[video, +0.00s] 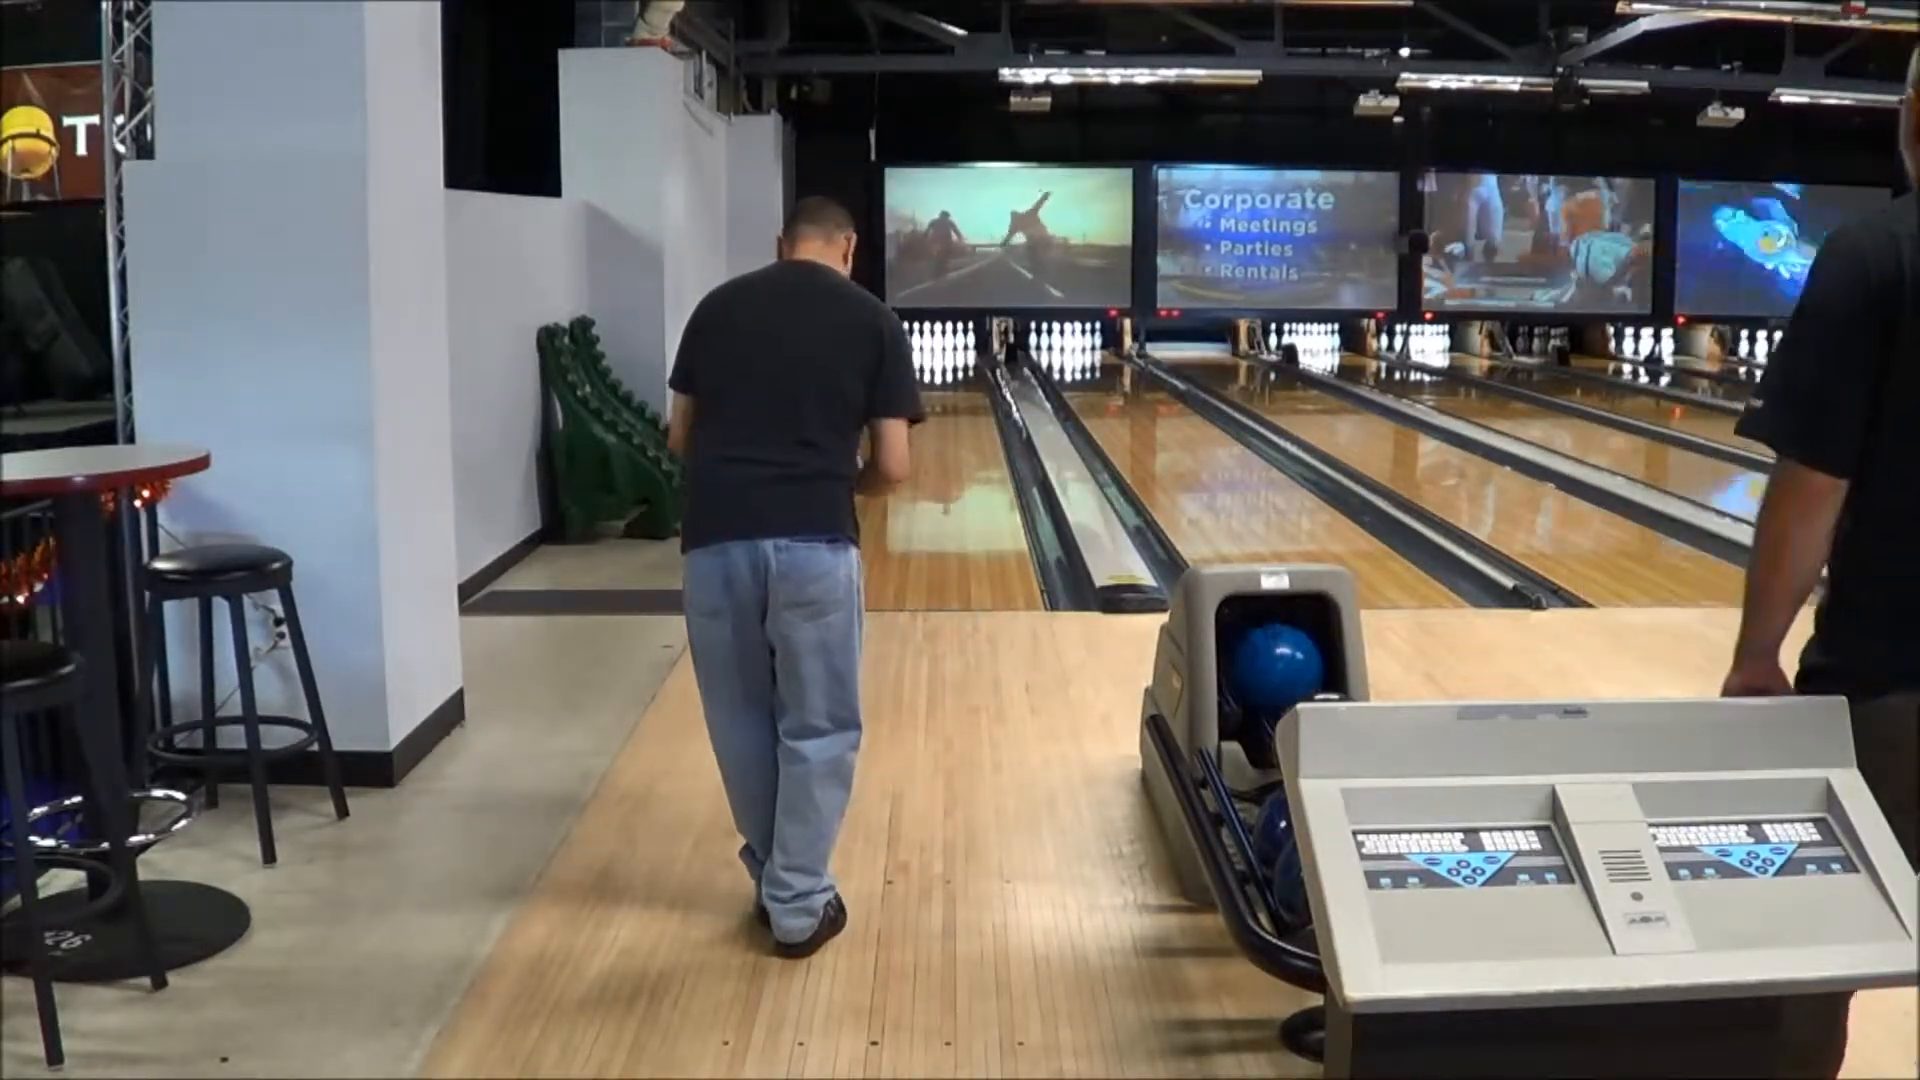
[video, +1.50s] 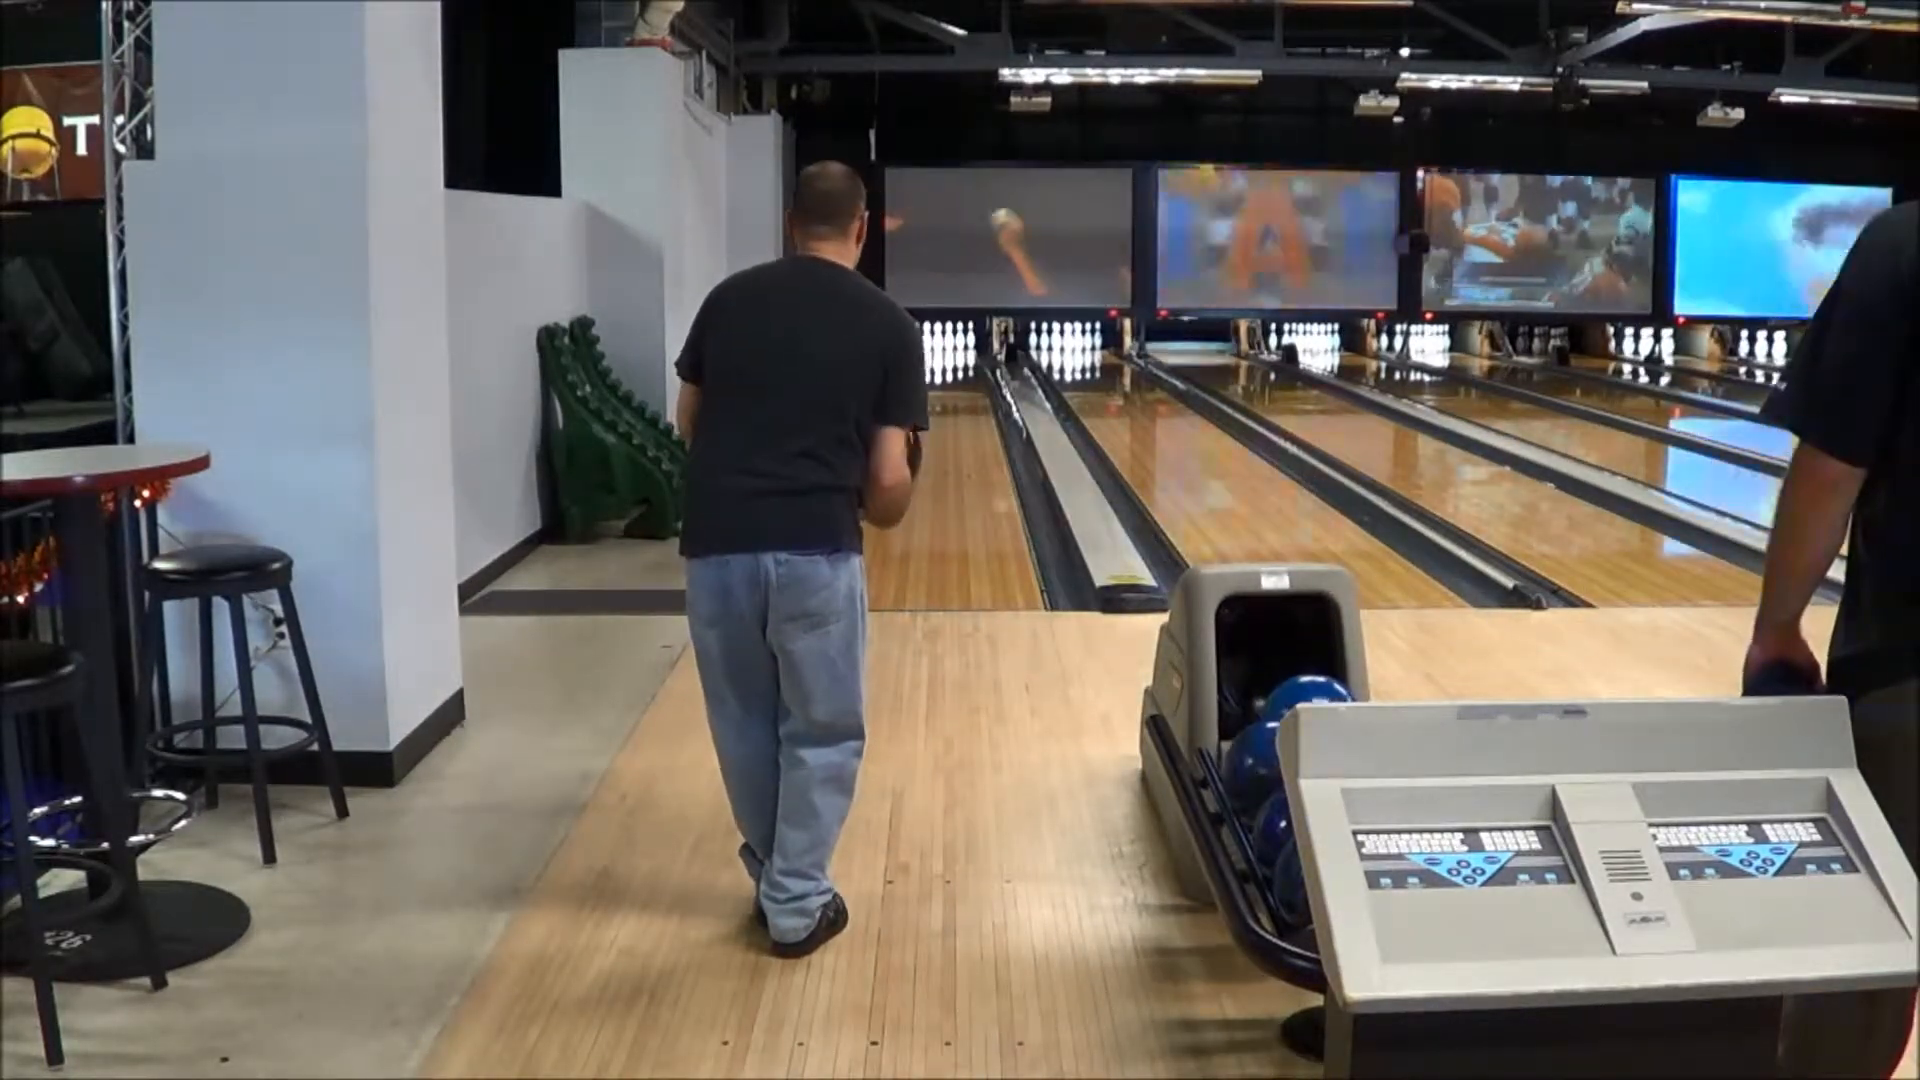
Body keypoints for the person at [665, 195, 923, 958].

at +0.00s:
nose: (847, 261)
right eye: (851, 250)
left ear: (780, 244)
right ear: (849, 249)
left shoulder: (718, 304)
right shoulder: (870, 318)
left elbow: (679, 435)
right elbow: (893, 467)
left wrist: (733, 455)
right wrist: (842, 472)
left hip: (715, 544)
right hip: (814, 542)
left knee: (738, 718)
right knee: (819, 724)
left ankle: (771, 872)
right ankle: (795, 906)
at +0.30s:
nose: (864, 266)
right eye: (866, 254)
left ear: (788, 242)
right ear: (858, 249)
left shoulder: (724, 299)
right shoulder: (872, 325)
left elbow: (692, 422)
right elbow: (884, 482)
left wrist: (738, 457)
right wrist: (880, 502)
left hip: (709, 544)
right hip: (809, 545)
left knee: (738, 721)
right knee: (819, 728)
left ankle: (772, 875)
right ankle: (796, 906)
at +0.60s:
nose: (874, 264)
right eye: (878, 253)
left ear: (802, 242)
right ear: (873, 249)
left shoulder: (736, 298)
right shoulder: (887, 331)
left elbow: (692, 423)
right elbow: (893, 489)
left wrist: (747, 450)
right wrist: (901, 512)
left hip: (712, 544)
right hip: (811, 547)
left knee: (740, 717)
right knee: (823, 731)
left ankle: (770, 868)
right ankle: (794, 906)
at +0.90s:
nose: (878, 257)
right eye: (883, 246)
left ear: (807, 238)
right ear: (881, 244)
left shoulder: (742, 297)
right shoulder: (897, 325)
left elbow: (686, 416)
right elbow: (893, 459)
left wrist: (736, 466)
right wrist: (880, 524)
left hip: (720, 542)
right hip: (821, 545)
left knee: (744, 716)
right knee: (826, 730)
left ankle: (772, 868)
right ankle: (794, 905)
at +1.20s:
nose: (878, 242)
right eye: (882, 231)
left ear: (805, 228)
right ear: (880, 232)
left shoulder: (742, 295)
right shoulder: (896, 324)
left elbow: (685, 416)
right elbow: (890, 465)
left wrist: (738, 461)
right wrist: (881, 526)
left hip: (717, 537)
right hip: (817, 541)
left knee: (744, 714)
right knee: (825, 728)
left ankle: (772, 869)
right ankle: (793, 905)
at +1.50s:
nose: (865, 234)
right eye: (868, 223)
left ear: (789, 224)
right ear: (863, 228)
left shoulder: (730, 297)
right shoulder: (885, 322)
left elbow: (688, 419)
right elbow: (889, 476)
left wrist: (738, 462)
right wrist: (876, 512)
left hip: (716, 540)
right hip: (817, 542)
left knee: (742, 718)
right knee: (823, 730)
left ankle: (769, 868)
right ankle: (793, 905)